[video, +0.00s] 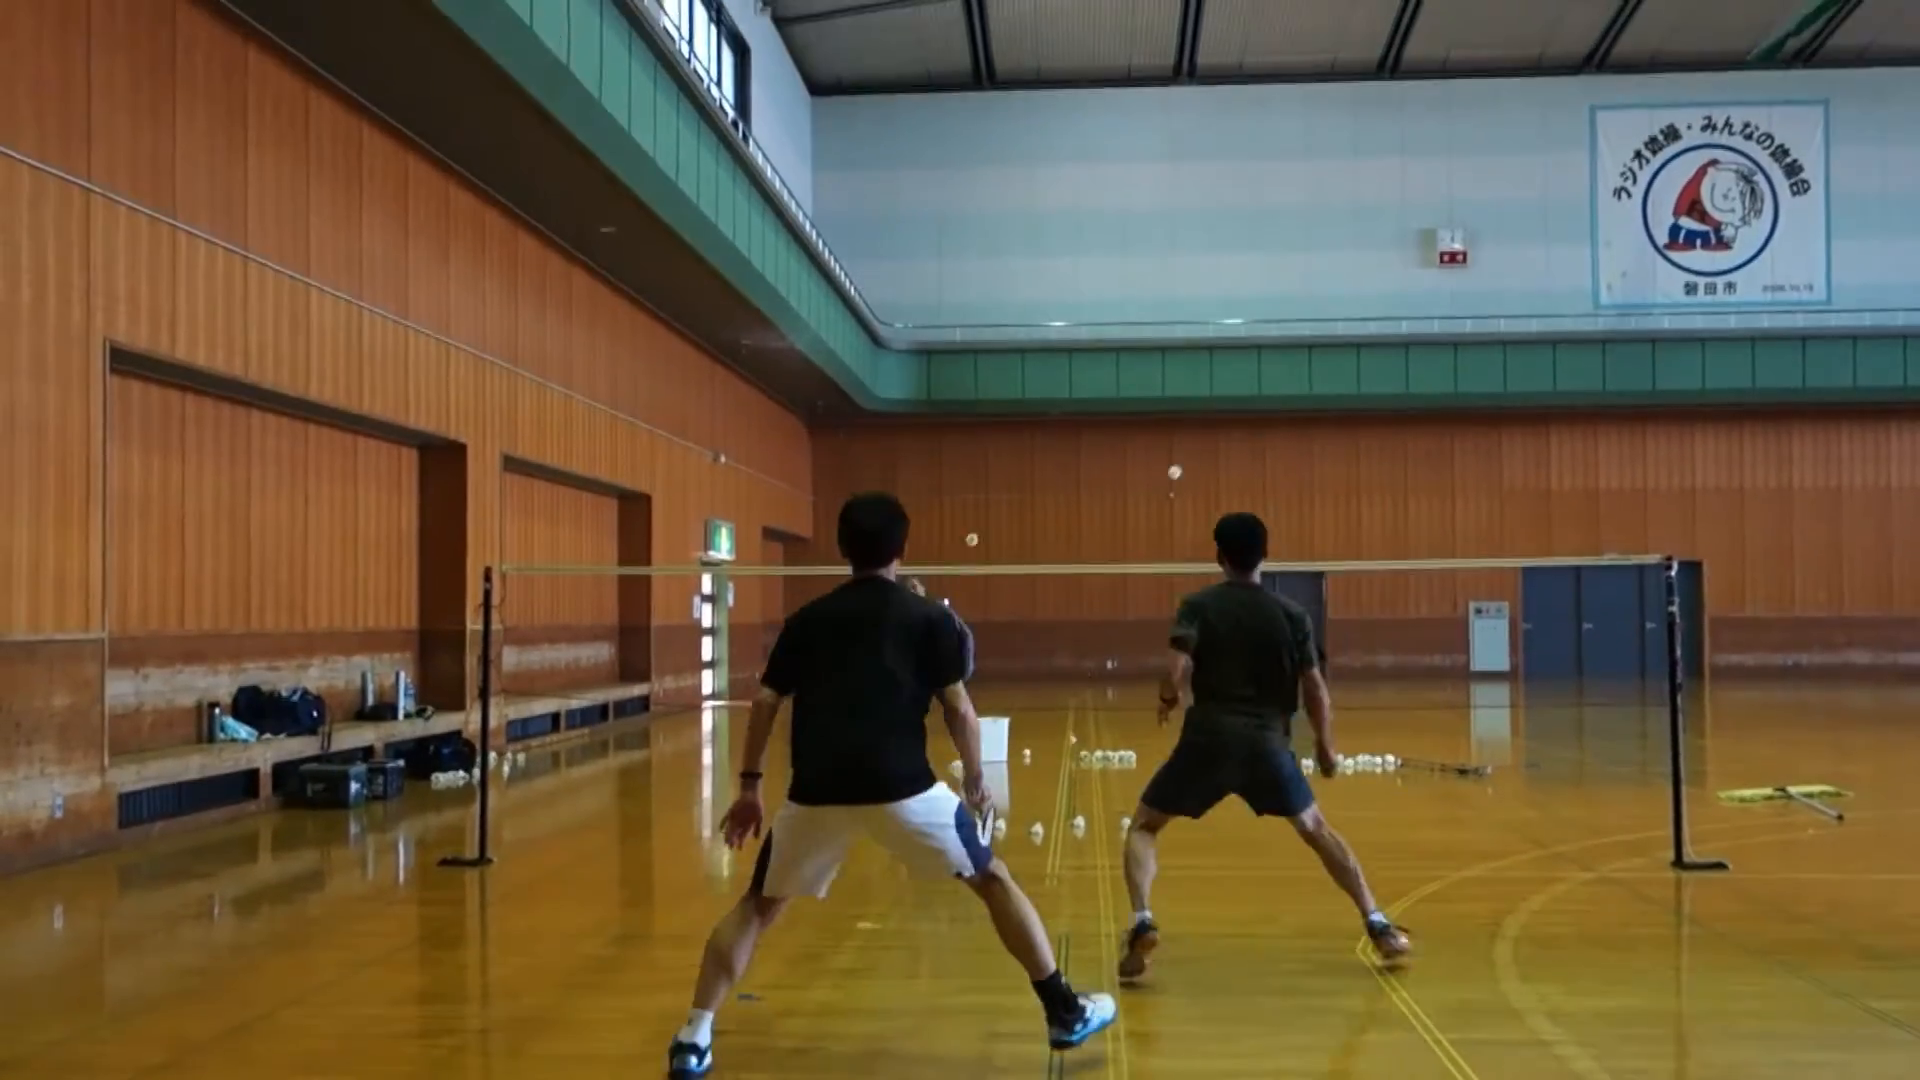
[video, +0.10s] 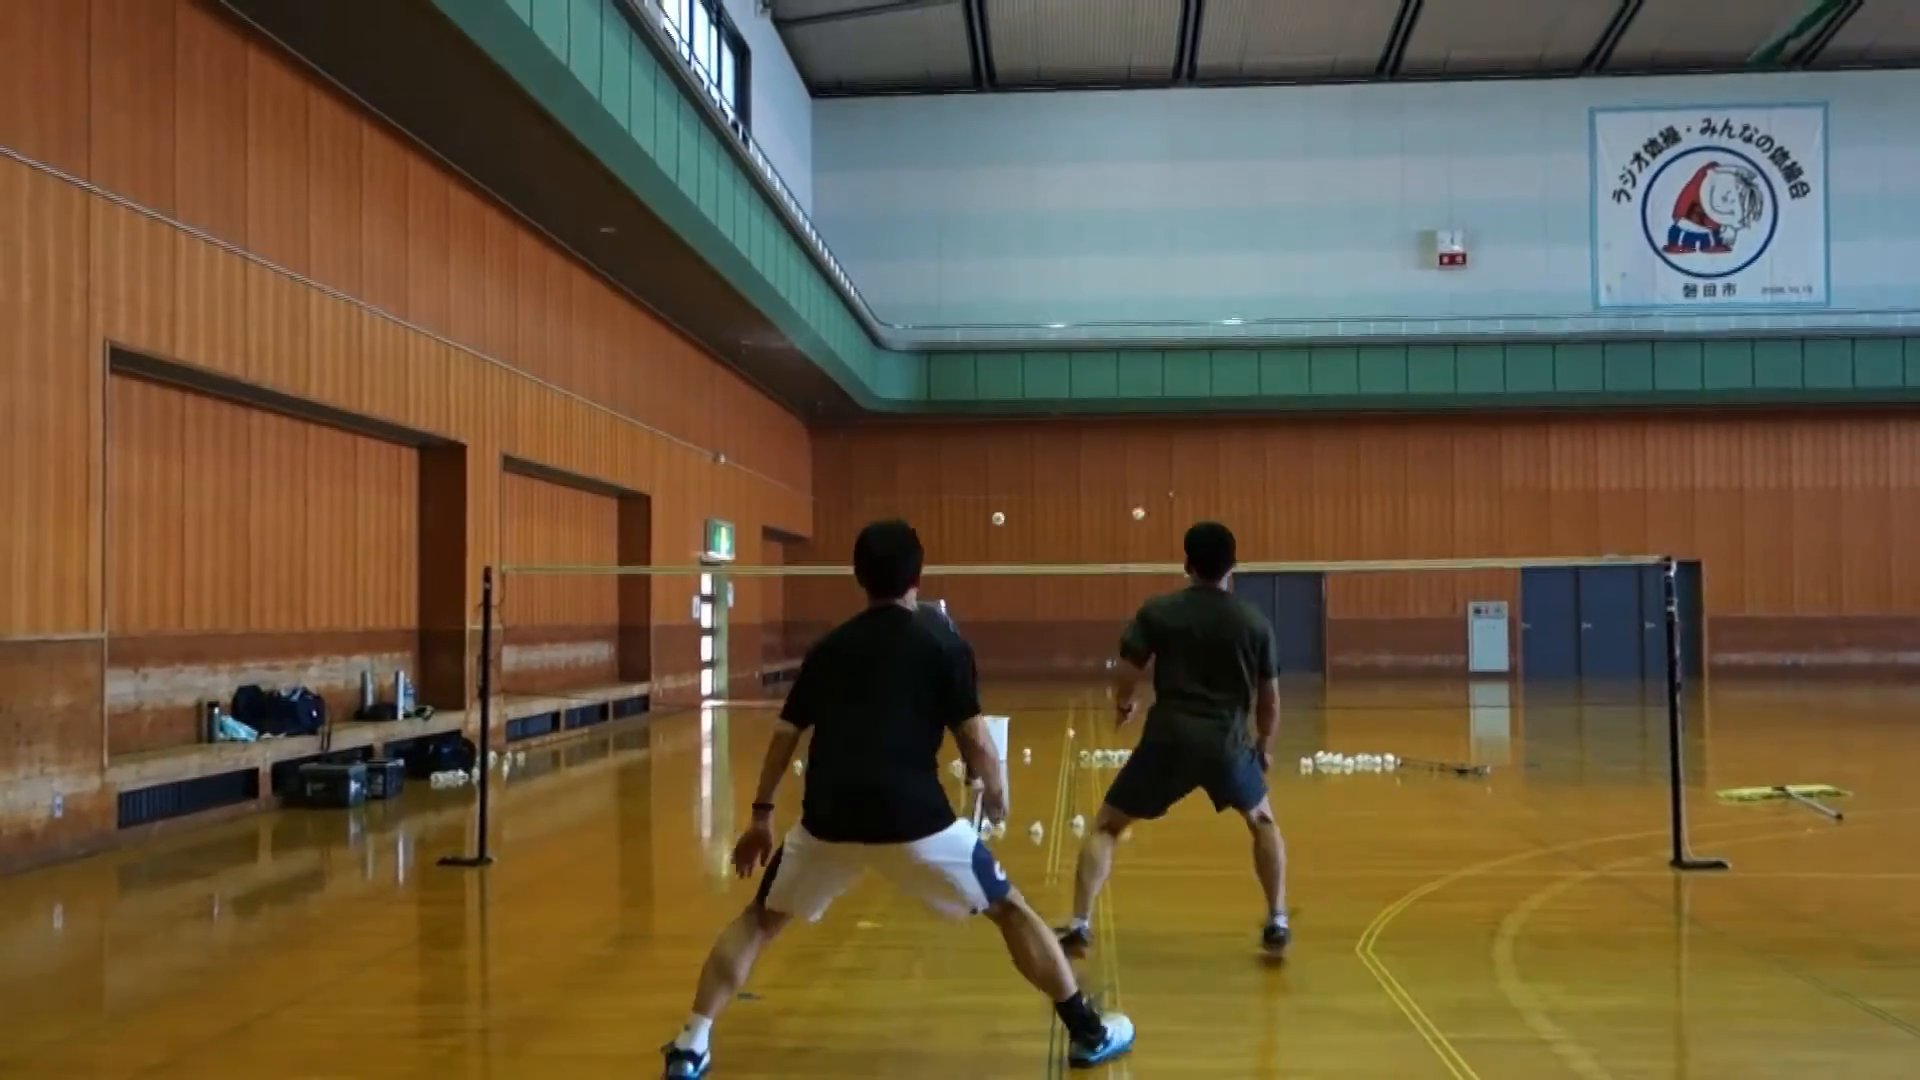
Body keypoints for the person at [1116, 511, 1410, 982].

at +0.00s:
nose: (1218, 557)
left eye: (1217, 551)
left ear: (1219, 556)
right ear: (1263, 556)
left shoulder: (1199, 606)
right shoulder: (1291, 616)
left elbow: (1176, 671)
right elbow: (1315, 689)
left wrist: (1169, 695)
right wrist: (1325, 746)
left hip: (1206, 747)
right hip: (1269, 749)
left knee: (1144, 828)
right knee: (1318, 831)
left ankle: (1142, 917)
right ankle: (1375, 920)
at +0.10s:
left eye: (1190, 559)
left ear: (1187, 564)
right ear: (1232, 565)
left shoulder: (1158, 612)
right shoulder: (1253, 622)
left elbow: (1126, 669)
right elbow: (1268, 700)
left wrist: (1122, 703)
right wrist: (1263, 749)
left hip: (1165, 740)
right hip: (1227, 743)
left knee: (1107, 827)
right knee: (1262, 822)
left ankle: (1080, 921)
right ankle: (1278, 917)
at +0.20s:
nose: (1155, 587)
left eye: (1156, 581)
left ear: (1157, 587)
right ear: (1200, 591)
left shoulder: (1133, 633)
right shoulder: (1215, 649)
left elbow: (1084, 672)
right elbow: (1228, 726)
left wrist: (1074, 681)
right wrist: (1203, 745)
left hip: (1127, 760)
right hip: (1184, 767)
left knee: (1062, 843)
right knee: (1210, 839)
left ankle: (1042, 945)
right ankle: (1244, 927)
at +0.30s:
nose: (1137, 600)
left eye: (1139, 595)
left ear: (1140, 601)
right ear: (1182, 604)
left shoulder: (1119, 639)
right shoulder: (1198, 656)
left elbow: (1048, 645)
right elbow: (1211, 714)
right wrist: (1169, 704)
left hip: (1117, 775)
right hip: (1174, 778)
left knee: (1050, 849)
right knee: (1191, 825)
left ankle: (1037, 949)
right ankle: (1226, 896)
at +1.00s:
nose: (1001, 586)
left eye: (1004, 581)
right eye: (1005, 580)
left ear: (1007, 589)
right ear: (1042, 592)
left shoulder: (1002, 637)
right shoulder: (1052, 637)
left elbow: (979, 681)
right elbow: (1054, 698)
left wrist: (935, 717)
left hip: (1014, 752)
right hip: (1058, 753)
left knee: (933, 815)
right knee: (1100, 830)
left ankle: (959, 906)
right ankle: (1178, 891)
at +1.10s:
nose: (922, 595)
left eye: (925, 589)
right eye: (924, 588)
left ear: (931, 596)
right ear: (963, 598)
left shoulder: (951, 644)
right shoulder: (967, 637)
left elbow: (920, 716)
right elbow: (951, 708)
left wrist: (875, 740)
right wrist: (921, 748)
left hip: (981, 754)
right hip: (1009, 749)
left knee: (913, 828)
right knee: (1007, 838)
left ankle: (956, 917)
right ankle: (1086, 865)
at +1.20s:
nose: (845, 628)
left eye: (850, 622)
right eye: (848, 621)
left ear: (862, 626)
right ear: (882, 622)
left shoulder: (896, 662)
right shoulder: (883, 658)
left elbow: (867, 725)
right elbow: (873, 725)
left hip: (960, 753)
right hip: (939, 749)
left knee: (899, 823)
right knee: (893, 810)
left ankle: (943, 909)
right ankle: (943, 877)